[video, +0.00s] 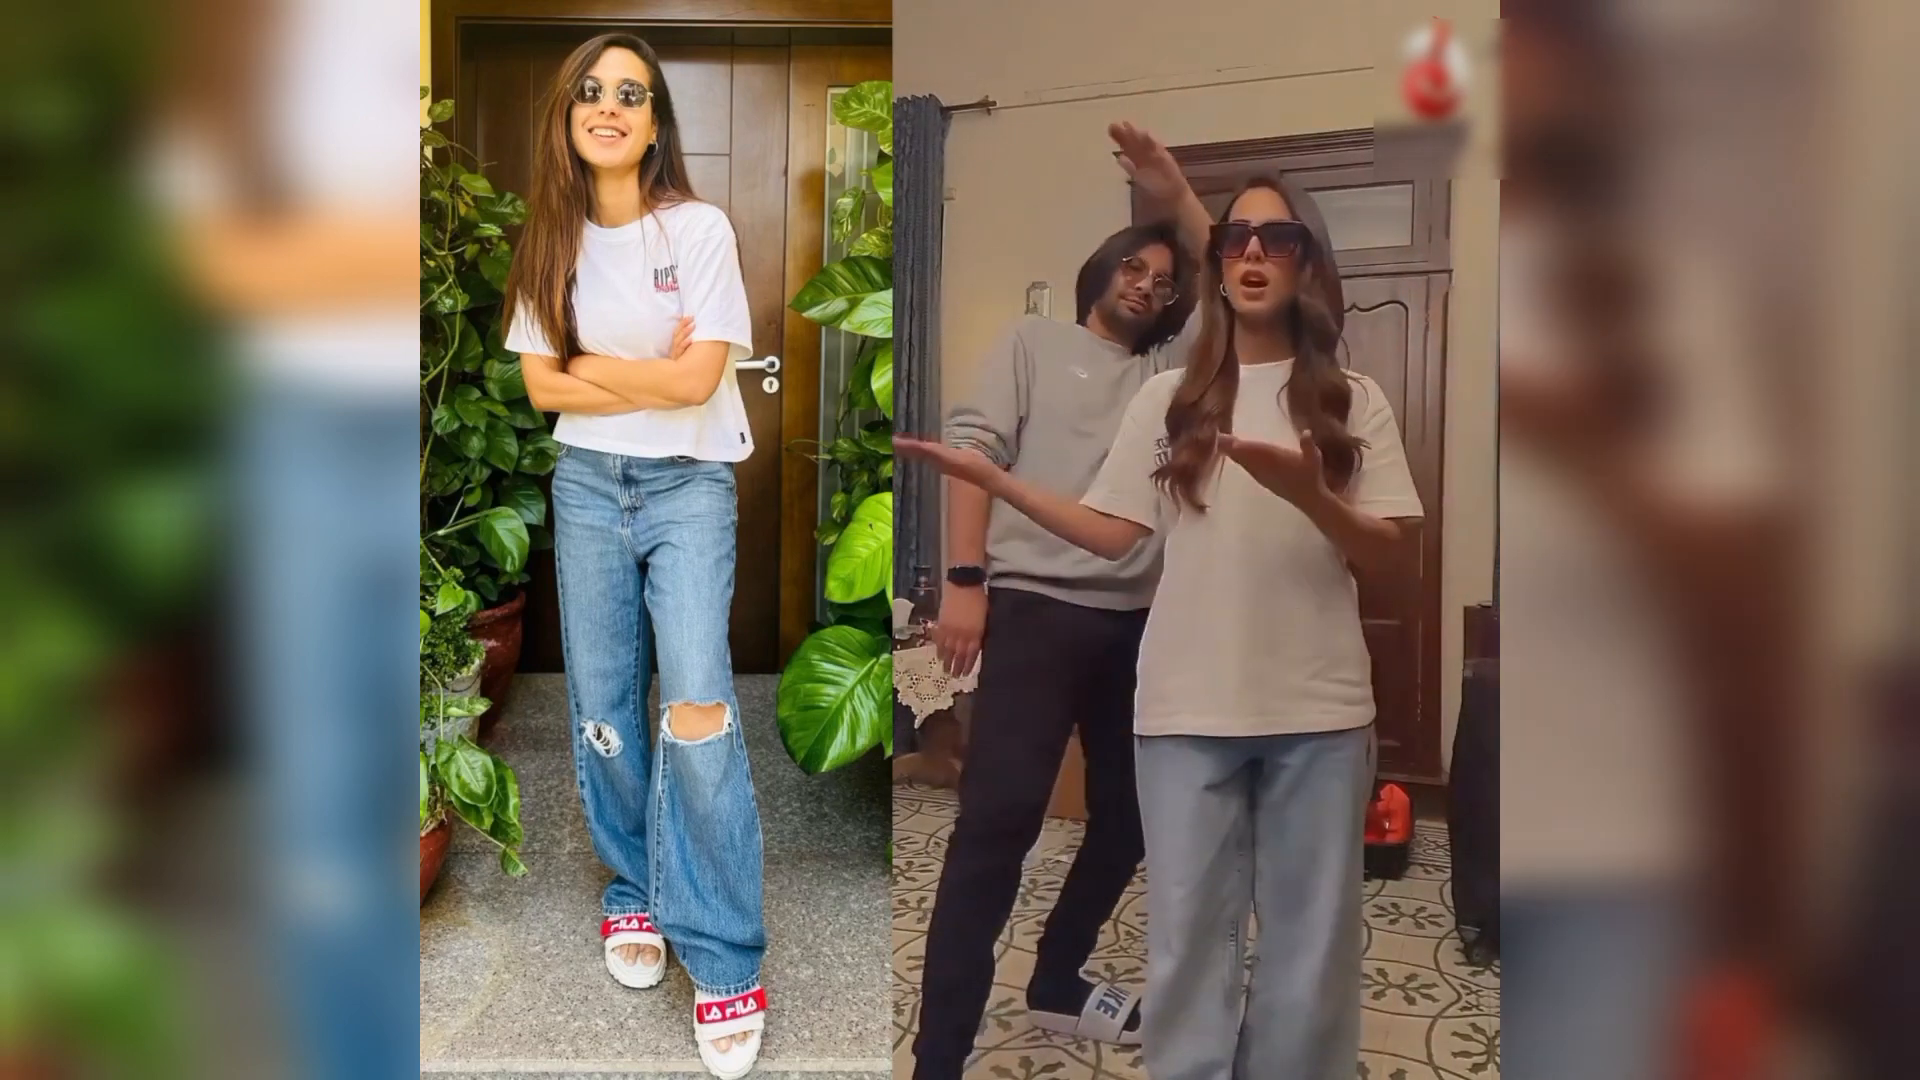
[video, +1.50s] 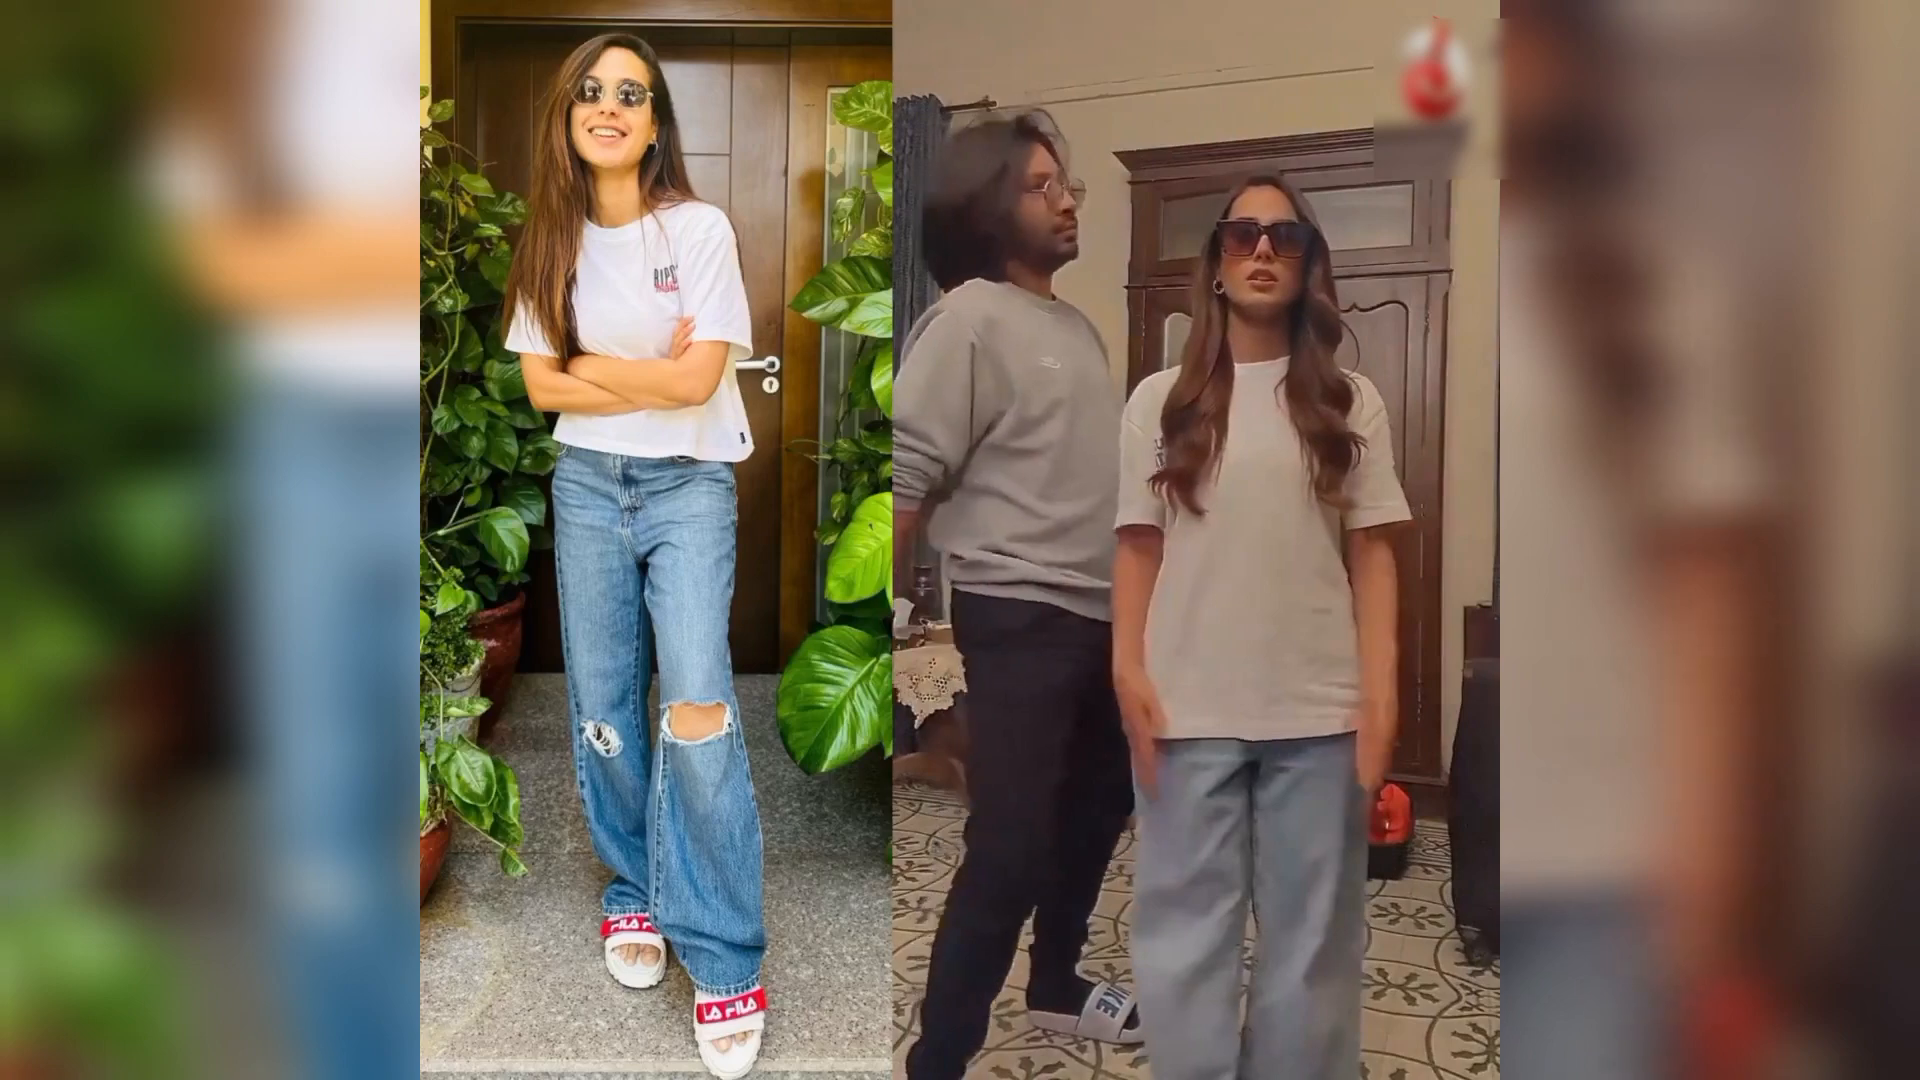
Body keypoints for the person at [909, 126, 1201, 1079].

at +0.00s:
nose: (1148, 287)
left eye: (1164, 282)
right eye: (1136, 270)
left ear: (1173, 298)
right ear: (1102, 269)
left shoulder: (1173, 370)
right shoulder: (1034, 343)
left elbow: (1227, 297)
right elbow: (972, 452)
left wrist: (1175, 194)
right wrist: (963, 580)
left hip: (1138, 627)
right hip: (1032, 614)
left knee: (1123, 828)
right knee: (998, 825)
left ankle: (1057, 987)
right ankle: (938, 1058)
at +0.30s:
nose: (1157, 284)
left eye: (1172, 281)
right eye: (1146, 269)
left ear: (1183, 305)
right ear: (1112, 277)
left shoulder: (1181, 381)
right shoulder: (1044, 343)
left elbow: (1232, 289)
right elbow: (978, 447)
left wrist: (1193, 180)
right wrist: (961, 574)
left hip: (1137, 616)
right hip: (1031, 605)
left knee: (1123, 816)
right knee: (997, 816)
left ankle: (1057, 988)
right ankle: (936, 1058)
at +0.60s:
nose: (1147, 289)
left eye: (1159, 282)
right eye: (1133, 273)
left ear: (1170, 301)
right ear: (1099, 279)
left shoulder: (1170, 383)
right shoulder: (1043, 342)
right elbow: (979, 451)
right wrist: (959, 577)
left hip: (1127, 624)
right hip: (1028, 612)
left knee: (1120, 821)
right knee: (994, 824)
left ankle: (1057, 990)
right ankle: (935, 1058)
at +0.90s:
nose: (1109, 227)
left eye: (1115, 216)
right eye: (1089, 212)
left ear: (1119, 238)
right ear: (1041, 228)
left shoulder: (1143, 346)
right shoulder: (987, 333)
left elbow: (1174, 472)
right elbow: (918, 454)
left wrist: (1163, 579)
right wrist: (940, 577)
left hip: (1119, 615)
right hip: (1011, 608)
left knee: (1097, 816)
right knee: (982, 828)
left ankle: (1055, 992)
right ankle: (934, 1058)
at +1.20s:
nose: (1085, 206)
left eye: (1085, 193)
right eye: (1063, 192)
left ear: (1084, 218)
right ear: (1011, 213)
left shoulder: (1112, 339)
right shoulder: (963, 331)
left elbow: (1126, 469)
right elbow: (921, 479)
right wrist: (1017, 527)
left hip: (1109, 621)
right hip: (1011, 617)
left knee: (1099, 815)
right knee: (985, 838)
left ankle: (1055, 989)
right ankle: (931, 1063)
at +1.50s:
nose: (1067, 202)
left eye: (1063, 184)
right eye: (1042, 188)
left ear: (1057, 198)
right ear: (989, 208)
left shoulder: (1077, 325)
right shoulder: (963, 318)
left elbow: (1088, 475)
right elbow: (906, 481)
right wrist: (884, 607)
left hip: (1096, 602)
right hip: (1010, 604)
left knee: (1095, 814)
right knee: (1009, 851)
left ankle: (1056, 992)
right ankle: (937, 1062)